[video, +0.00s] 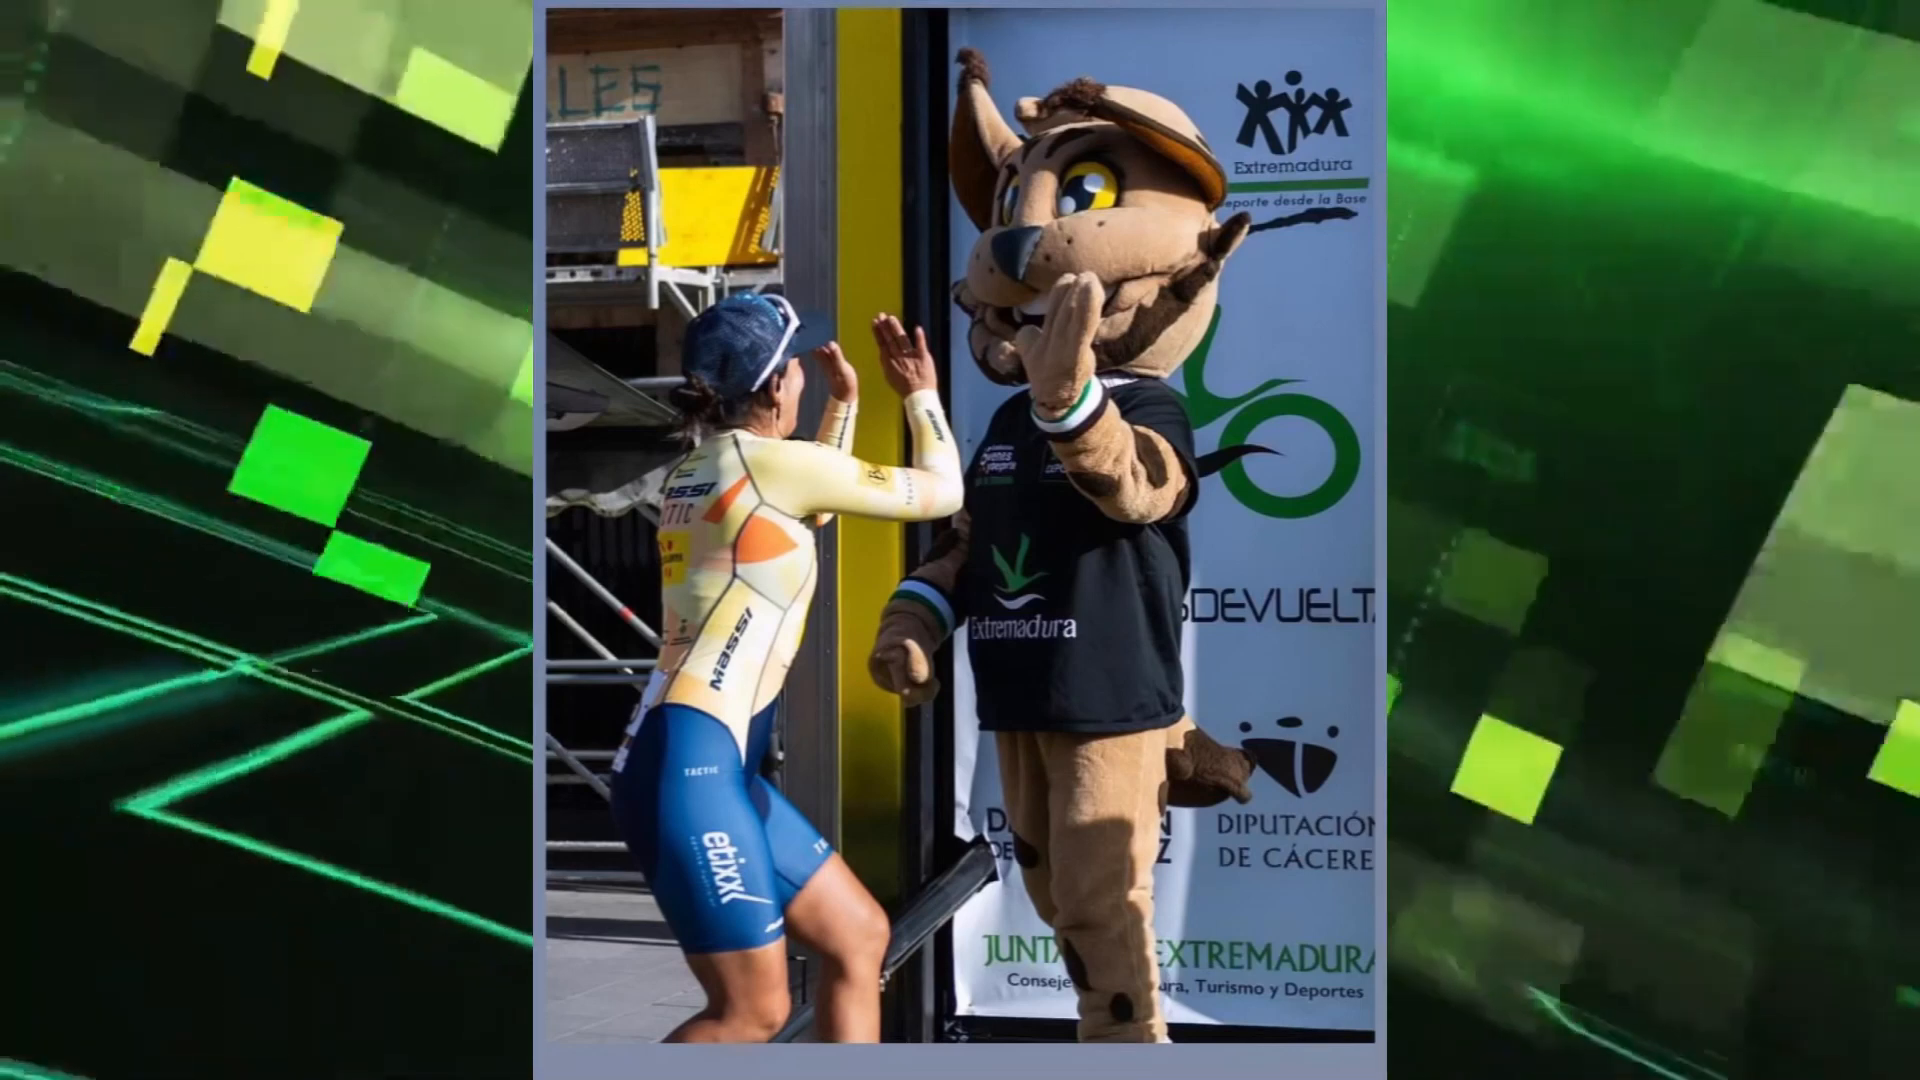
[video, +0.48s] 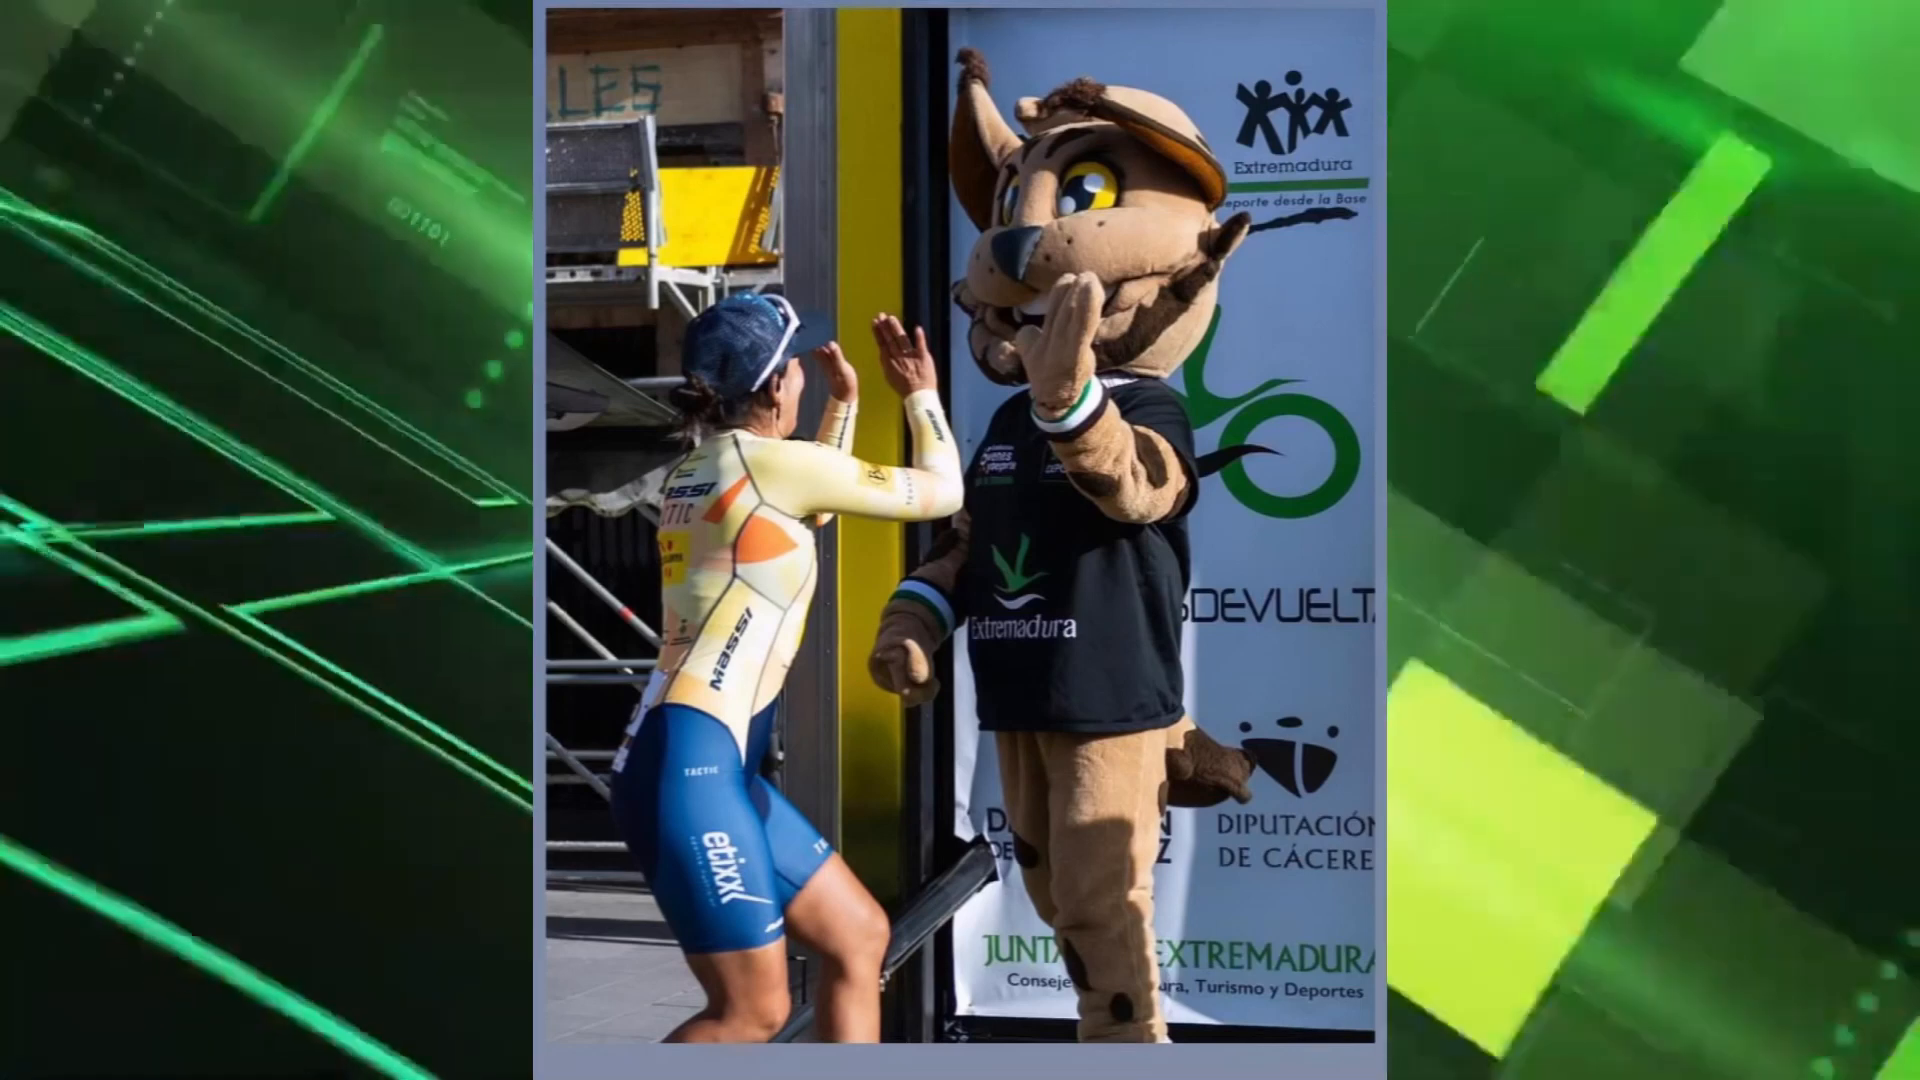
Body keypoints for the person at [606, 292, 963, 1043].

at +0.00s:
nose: (803, 377)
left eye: (799, 363)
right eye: (796, 364)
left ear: (715, 387)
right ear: (776, 380)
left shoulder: (692, 471)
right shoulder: (778, 465)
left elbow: (798, 494)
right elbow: (938, 492)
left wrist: (840, 412)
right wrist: (924, 395)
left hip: (714, 770)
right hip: (686, 774)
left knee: (860, 934)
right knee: (754, 1010)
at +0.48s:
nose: (803, 377)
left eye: (799, 363)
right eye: (796, 364)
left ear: (715, 387)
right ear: (776, 380)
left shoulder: (692, 471)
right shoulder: (778, 465)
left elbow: (798, 494)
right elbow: (938, 492)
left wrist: (840, 412)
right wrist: (924, 396)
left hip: (714, 770)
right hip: (686, 774)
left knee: (860, 934)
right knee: (754, 1010)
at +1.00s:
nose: (803, 377)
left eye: (800, 363)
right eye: (796, 364)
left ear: (715, 387)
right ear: (776, 380)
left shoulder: (692, 471)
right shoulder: (778, 465)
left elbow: (798, 494)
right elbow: (938, 492)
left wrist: (840, 412)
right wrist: (924, 395)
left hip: (714, 770)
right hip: (686, 774)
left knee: (860, 934)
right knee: (754, 1010)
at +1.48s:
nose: (803, 377)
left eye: (800, 362)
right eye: (797, 364)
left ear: (715, 387)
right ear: (777, 380)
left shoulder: (694, 471)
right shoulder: (781, 465)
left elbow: (798, 494)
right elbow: (938, 492)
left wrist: (841, 411)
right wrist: (924, 395)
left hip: (714, 769)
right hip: (686, 774)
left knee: (860, 934)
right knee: (754, 1010)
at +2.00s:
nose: (803, 377)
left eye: (800, 363)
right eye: (796, 364)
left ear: (716, 387)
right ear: (776, 381)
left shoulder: (693, 471)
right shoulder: (778, 465)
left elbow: (802, 495)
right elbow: (939, 492)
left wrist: (841, 410)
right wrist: (924, 396)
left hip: (714, 769)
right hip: (686, 774)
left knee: (860, 933)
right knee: (754, 1009)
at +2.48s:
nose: (803, 377)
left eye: (799, 363)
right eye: (796, 364)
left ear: (715, 387)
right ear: (776, 381)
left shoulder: (692, 471)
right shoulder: (778, 465)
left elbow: (798, 494)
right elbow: (938, 492)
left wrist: (840, 412)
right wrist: (924, 396)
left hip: (714, 770)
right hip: (686, 774)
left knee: (860, 934)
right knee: (754, 1010)